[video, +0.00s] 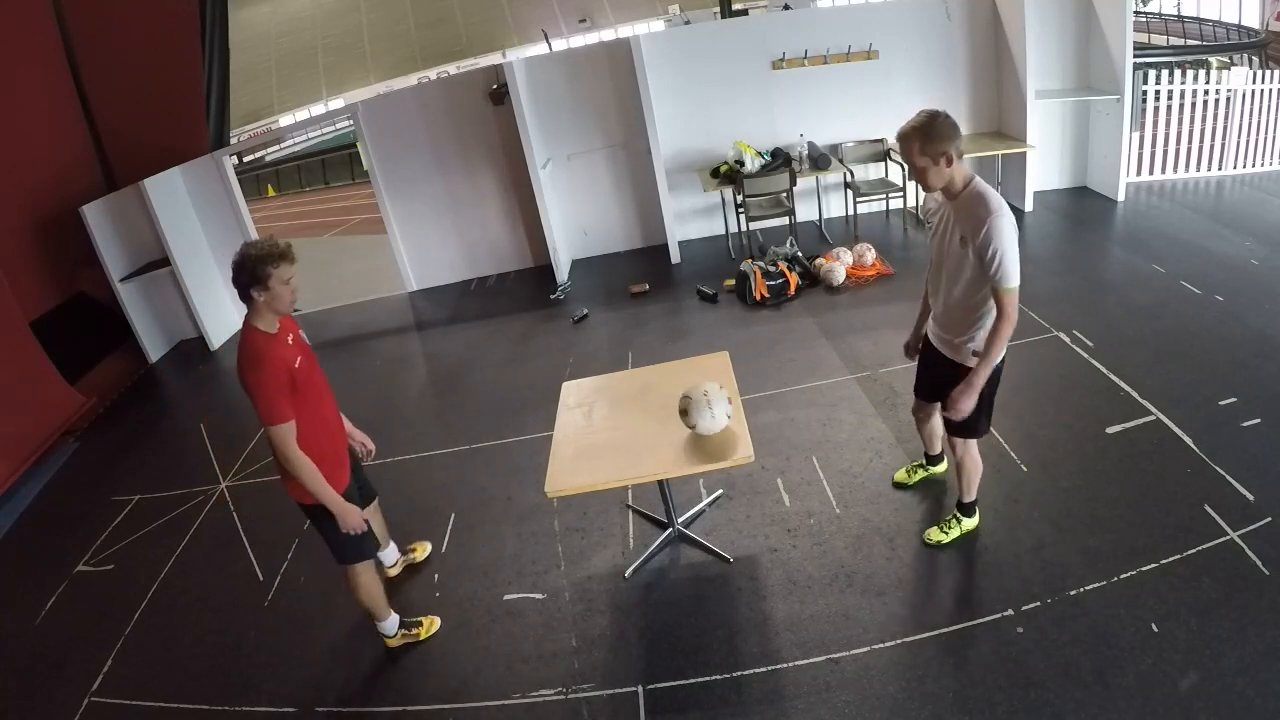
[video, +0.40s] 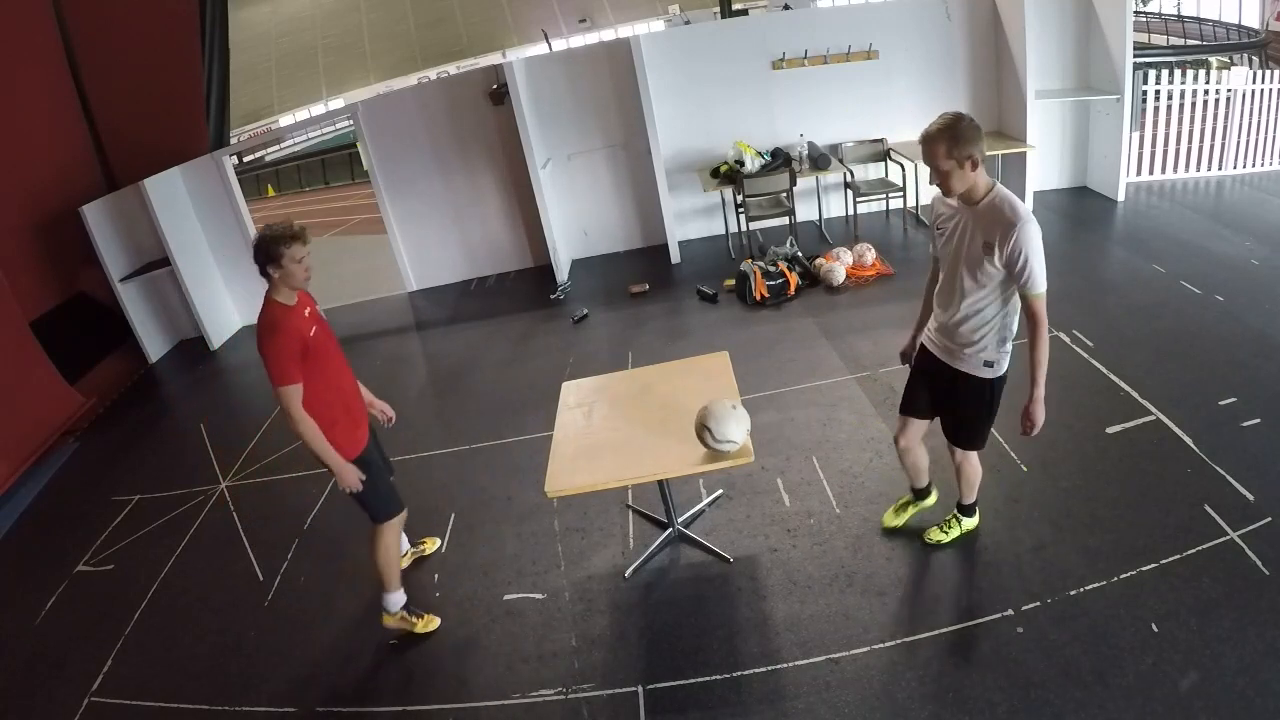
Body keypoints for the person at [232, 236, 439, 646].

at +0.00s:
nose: (296, 288)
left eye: (294, 279)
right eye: (287, 283)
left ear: (266, 291)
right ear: (258, 293)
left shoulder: (283, 323)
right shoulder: (259, 358)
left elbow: (312, 390)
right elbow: (286, 450)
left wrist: (346, 428)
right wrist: (338, 505)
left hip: (337, 454)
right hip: (317, 480)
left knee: (368, 503)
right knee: (360, 557)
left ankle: (392, 559)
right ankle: (392, 629)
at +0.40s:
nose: (308, 265)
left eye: (307, 256)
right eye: (298, 261)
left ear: (305, 256)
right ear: (273, 271)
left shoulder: (300, 298)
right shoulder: (277, 329)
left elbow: (329, 359)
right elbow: (292, 410)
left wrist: (367, 398)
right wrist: (338, 465)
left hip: (358, 421)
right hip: (342, 443)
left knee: (385, 483)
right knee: (389, 514)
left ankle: (400, 550)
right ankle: (394, 608)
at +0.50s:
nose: (313, 260)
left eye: (313, 252)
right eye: (303, 256)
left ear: (312, 251)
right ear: (279, 265)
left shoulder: (307, 292)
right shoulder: (281, 322)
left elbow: (334, 352)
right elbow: (295, 400)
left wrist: (371, 391)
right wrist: (343, 448)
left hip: (356, 415)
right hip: (344, 433)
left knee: (380, 489)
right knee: (408, 493)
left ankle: (398, 547)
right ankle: (402, 583)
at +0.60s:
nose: (320, 256)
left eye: (319, 248)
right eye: (310, 251)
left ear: (318, 247)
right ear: (286, 259)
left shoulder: (311, 287)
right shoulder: (287, 315)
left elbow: (339, 348)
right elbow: (301, 394)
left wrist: (374, 385)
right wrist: (348, 437)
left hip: (356, 408)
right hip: (349, 423)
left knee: (374, 482)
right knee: (417, 473)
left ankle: (399, 548)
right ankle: (421, 556)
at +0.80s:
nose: (336, 249)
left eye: (336, 241)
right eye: (328, 244)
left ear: (335, 239)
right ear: (304, 251)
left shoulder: (326, 281)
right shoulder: (310, 305)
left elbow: (351, 345)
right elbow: (323, 382)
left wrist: (384, 384)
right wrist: (361, 432)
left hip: (364, 402)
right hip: (365, 412)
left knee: (373, 477)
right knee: (426, 453)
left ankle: (400, 551)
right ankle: (460, 506)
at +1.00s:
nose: (361, 240)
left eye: (361, 232)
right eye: (352, 236)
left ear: (360, 231)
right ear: (330, 244)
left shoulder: (347, 269)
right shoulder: (341, 292)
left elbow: (373, 340)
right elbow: (356, 367)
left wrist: (403, 381)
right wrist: (388, 423)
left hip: (394, 386)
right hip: (391, 396)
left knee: (390, 463)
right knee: (437, 443)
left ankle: (400, 546)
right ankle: (464, 498)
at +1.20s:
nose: (387, 226)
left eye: (387, 218)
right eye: (378, 222)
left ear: (386, 214)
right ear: (355, 229)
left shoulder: (369, 253)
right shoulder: (366, 277)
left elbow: (397, 312)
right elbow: (388, 348)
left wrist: (427, 342)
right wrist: (430, 393)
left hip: (411, 367)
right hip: (408, 380)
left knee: (424, 433)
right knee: (445, 432)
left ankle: (412, 506)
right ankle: (463, 496)